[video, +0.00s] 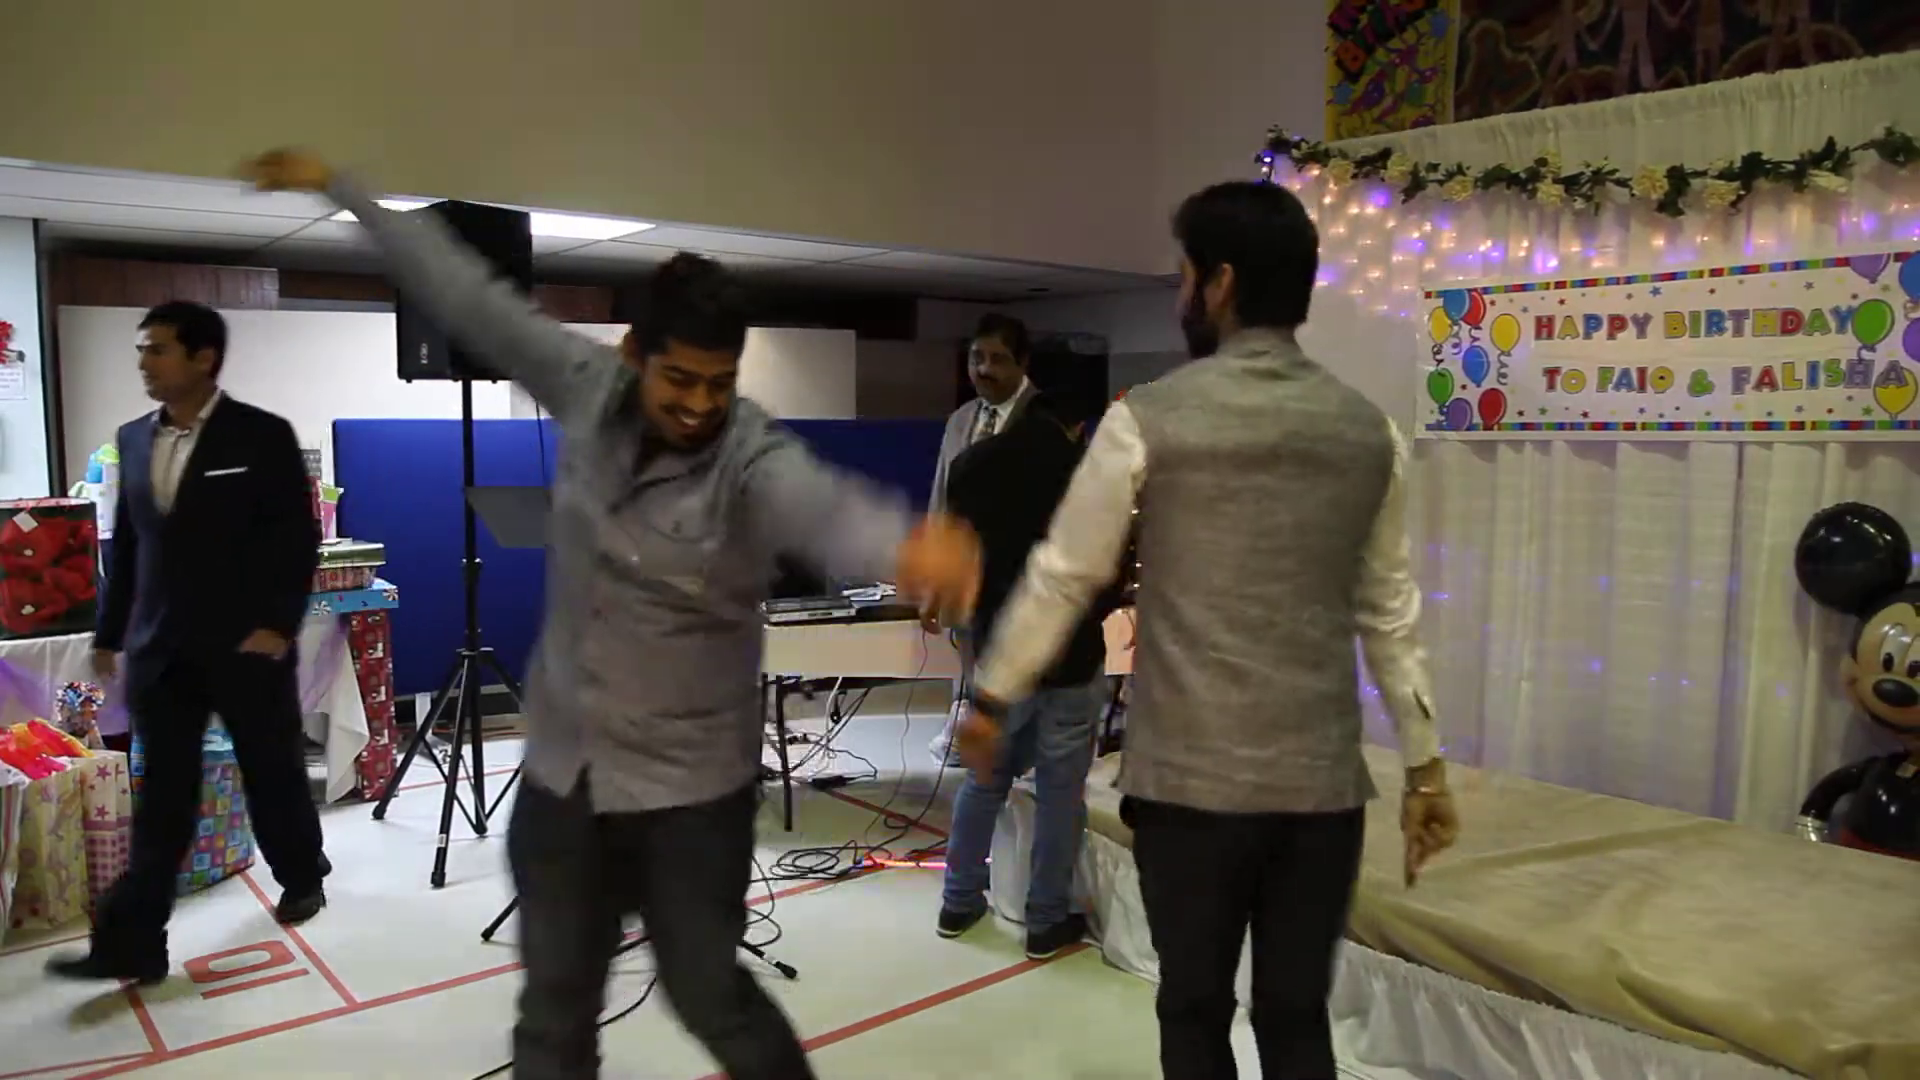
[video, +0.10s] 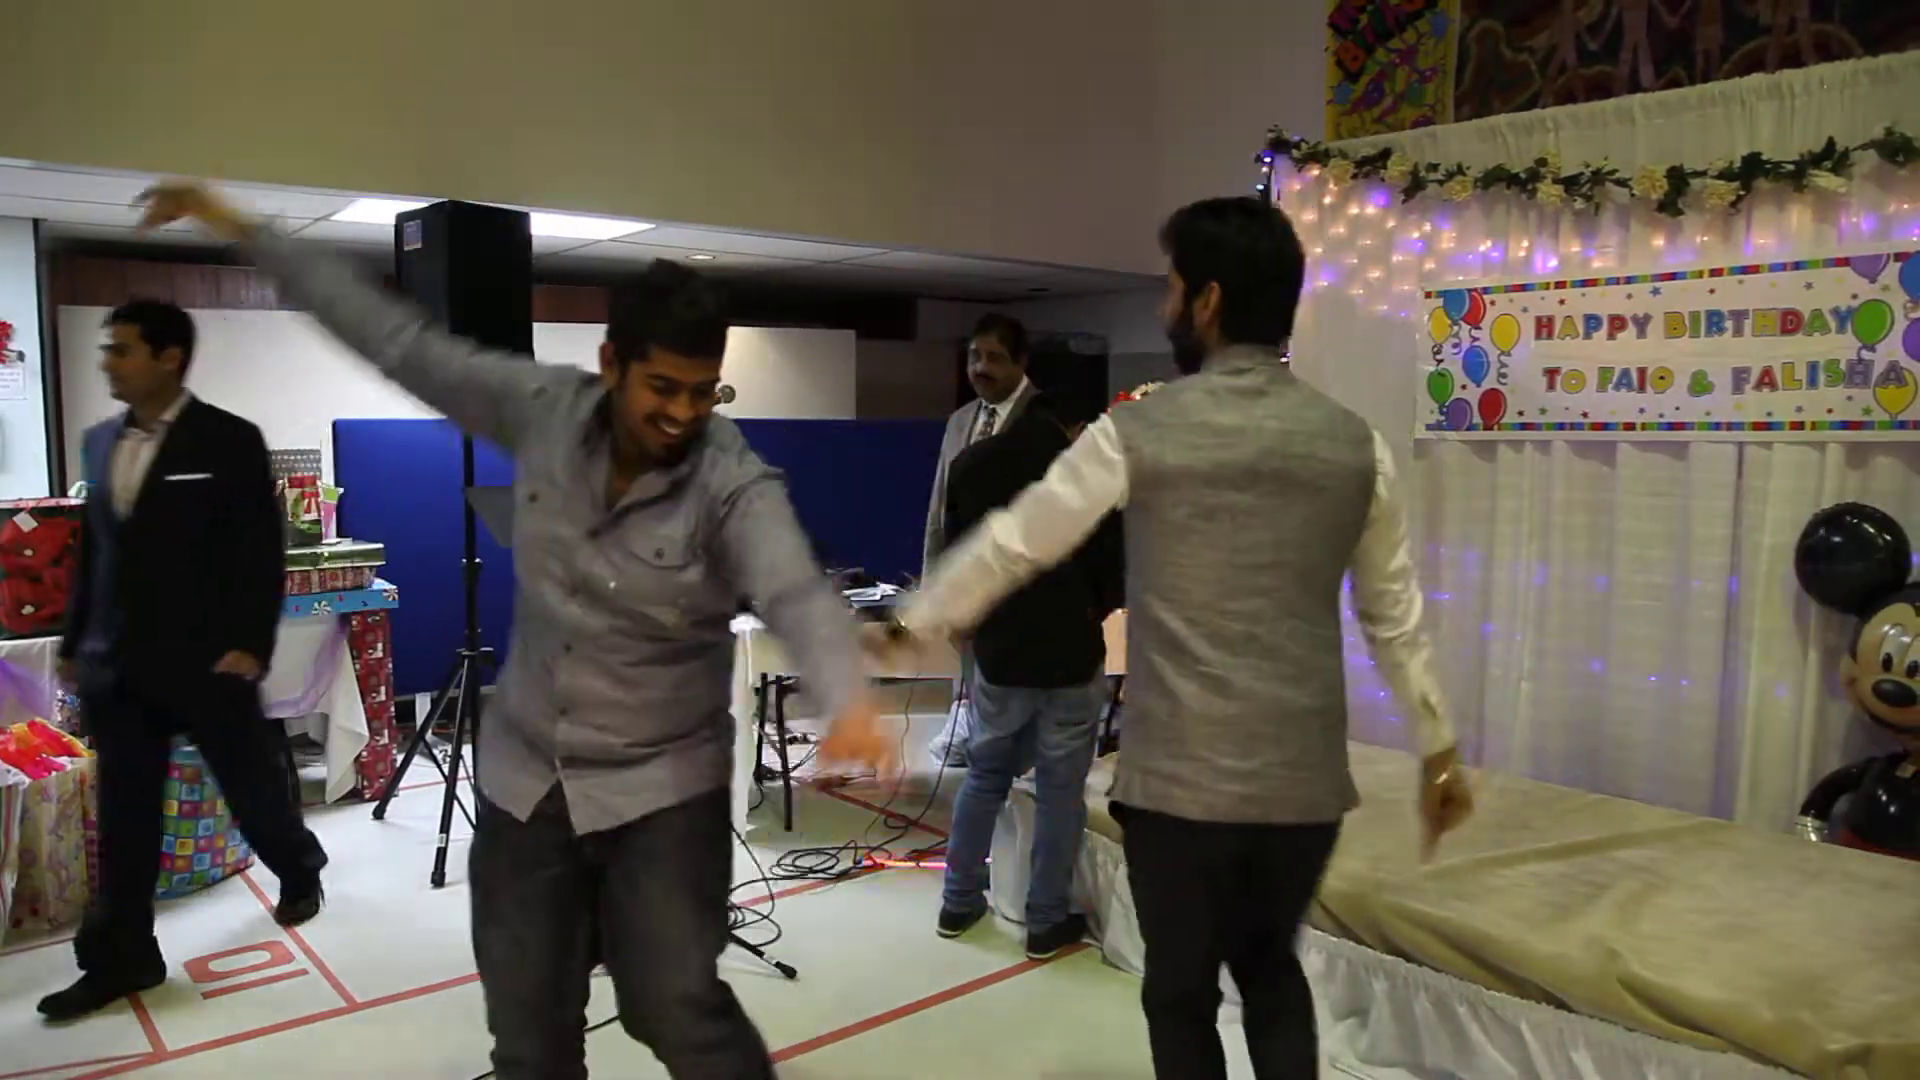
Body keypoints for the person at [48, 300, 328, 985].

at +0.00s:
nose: (143, 362)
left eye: (156, 350)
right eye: (141, 351)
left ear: (204, 358)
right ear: (159, 361)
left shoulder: (265, 436)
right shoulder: (135, 440)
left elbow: (299, 539)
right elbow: (122, 546)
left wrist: (279, 622)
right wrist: (107, 636)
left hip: (246, 643)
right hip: (162, 647)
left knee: (272, 770)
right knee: (163, 796)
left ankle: (303, 878)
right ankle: (135, 944)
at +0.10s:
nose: (108, 363)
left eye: (120, 352)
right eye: (106, 352)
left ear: (170, 358)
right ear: (126, 363)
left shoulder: (233, 440)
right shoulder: (104, 443)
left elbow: (263, 551)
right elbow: (93, 555)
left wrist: (251, 642)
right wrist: (75, 643)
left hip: (205, 661)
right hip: (123, 664)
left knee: (253, 790)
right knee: (126, 818)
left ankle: (301, 869)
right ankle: (125, 959)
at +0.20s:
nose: (69, 360)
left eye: (81, 346)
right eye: (66, 347)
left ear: (132, 349)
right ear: (79, 353)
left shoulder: (198, 433)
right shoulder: (67, 435)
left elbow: (229, 545)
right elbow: (50, 546)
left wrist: (229, 644)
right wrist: (28, 640)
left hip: (161, 656)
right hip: (78, 660)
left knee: (199, 783)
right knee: (97, 817)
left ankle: (267, 856)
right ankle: (123, 956)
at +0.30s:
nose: (25, 357)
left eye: (39, 343)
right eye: (22, 344)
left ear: (93, 344)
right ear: (27, 348)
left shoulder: (163, 430)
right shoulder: (21, 434)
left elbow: (199, 545)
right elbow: (10, 548)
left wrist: (200, 650)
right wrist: (9, 637)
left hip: (124, 656)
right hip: (39, 656)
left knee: (128, 795)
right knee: (72, 815)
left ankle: (207, 884)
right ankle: (121, 957)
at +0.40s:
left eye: (5, 342)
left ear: (49, 343)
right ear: (37, 346)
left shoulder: (123, 433)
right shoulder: (7, 432)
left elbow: (170, 550)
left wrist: (178, 656)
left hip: (76, 665)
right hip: (13, 666)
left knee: (78, 819)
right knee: (62, 818)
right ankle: (121, 953)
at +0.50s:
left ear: (14, 349)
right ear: (17, 351)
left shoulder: (82, 444)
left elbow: (135, 566)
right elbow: (131, 565)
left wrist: (148, 677)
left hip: (48, 679)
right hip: (14, 680)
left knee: (29, 824)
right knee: (54, 814)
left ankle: (126, 949)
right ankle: (124, 950)